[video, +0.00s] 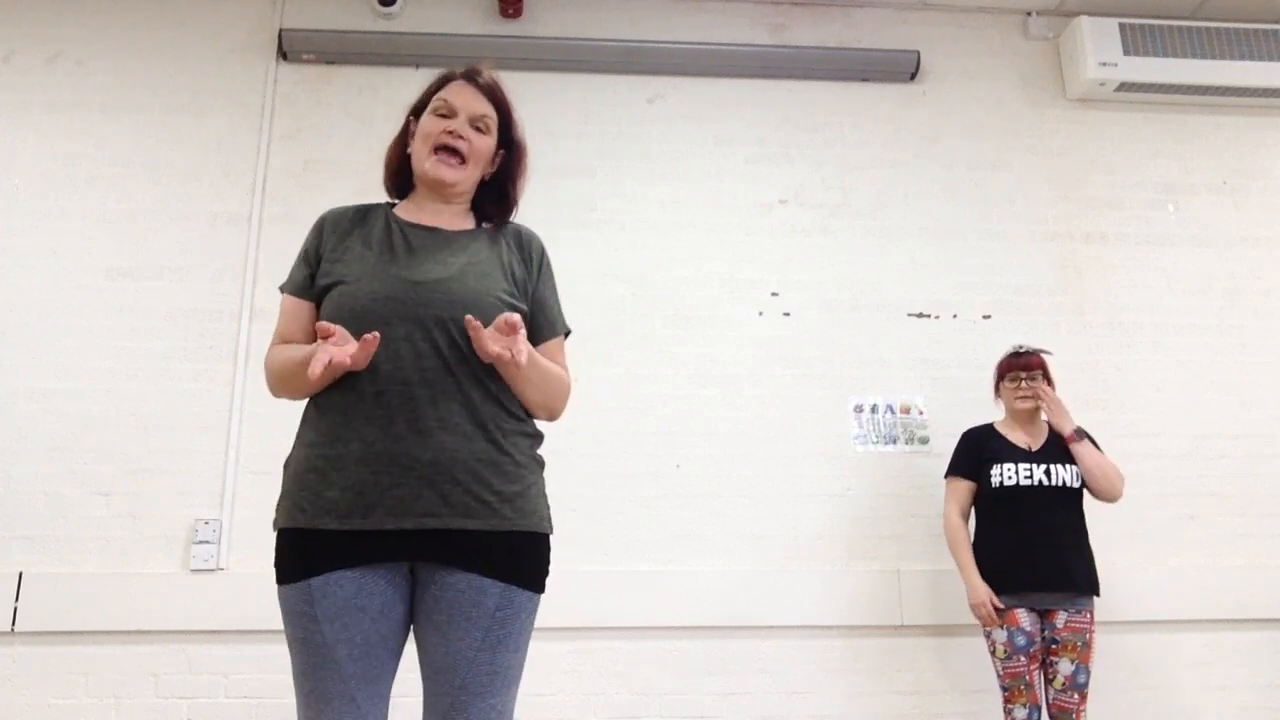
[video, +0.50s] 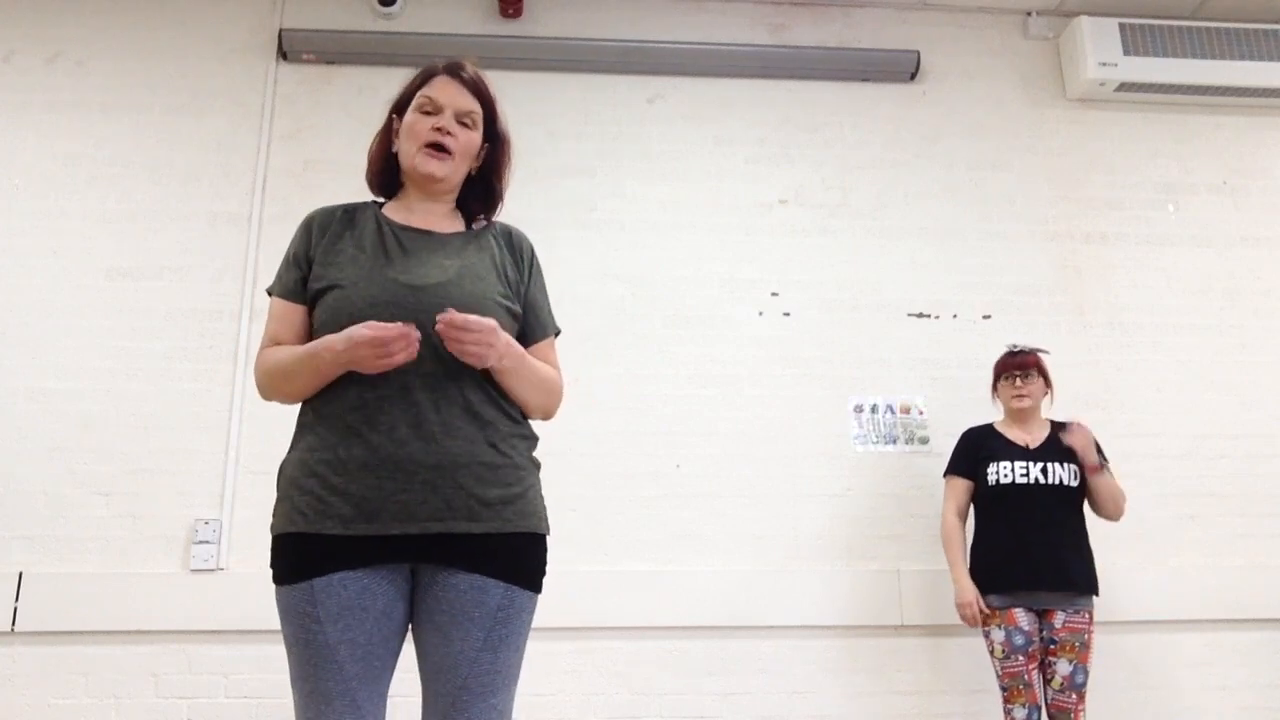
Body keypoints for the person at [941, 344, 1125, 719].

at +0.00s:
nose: (1023, 386)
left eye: (1034, 378)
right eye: (1013, 379)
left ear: (1049, 387)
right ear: (999, 389)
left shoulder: (1072, 439)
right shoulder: (978, 441)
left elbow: (1113, 489)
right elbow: (954, 517)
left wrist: (1069, 430)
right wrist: (973, 583)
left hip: (1072, 596)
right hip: (1006, 598)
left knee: (1069, 709)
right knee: (1022, 709)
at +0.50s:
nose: (1019, 384)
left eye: (1028, 376)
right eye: (1009, 378)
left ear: (1046, 387)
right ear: (997, 390)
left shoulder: (1074, 438)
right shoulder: (977, 441)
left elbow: (1113, 510)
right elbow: (953, 515)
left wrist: (1089, 456)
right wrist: (961, 583)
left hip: (1070, 596)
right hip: (1004, 598)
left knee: (1068, 709)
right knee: (1022, 709)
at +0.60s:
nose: (1016, 383)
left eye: (1026, 375)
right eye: (1007, 377)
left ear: (1044, 385)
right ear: (995, 388)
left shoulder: (1075, 436)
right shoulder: (976, 441)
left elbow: (1111, 516)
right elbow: (953, 517)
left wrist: (1106, 500)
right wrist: (965, 582)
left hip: (1071, 596)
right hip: (1004, 598)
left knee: (1067, 709)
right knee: (1021, 709)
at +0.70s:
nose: (1015, 381)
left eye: (1025, 374)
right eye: (1006, 376)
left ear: (1044, 385)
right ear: (995, 388)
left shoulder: (1075, 436)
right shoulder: (975, 441)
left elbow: (1105, 500)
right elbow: (953, 516)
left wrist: (1111, 534)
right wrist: (967, 581)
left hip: (1071, 595)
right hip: (1005, 597)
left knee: (1068, 708)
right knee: (1021, 709)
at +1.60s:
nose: (1039, 393)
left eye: (1047, 385)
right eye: (1029, 384)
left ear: (1056, 390)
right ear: (1004, 386)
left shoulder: (1074, 436)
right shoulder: (976, 441)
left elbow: (1108, 497)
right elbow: (949, 510)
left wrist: (1103, 515)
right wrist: (994, 539)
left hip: (1074, 592)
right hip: (1009, 594)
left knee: (1074, 705)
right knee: (1030, 707)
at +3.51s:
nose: (1022, 384)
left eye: (1032, 377)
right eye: (1012, 377)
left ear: (1045, 388)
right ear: (996, 387)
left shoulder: (1074, 436)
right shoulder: (975, 441)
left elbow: (1113, 508)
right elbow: (955, 510)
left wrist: (1084, 505)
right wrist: (1021, 508)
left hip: (1072, 592)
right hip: (1005, 594)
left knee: (1070, 707)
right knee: (1025, 708)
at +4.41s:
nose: (1018, 382)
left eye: (1027, 376)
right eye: (1008, 376)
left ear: (1042, 387)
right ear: (992, 388)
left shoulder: (1071, 435)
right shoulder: (972, 440)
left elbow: (1110, 508)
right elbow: (952, 509)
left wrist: (1082, 504)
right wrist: (1019, 508)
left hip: (1069, 591)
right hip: (1001, 593)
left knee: (1068, 706)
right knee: (1023, 708)